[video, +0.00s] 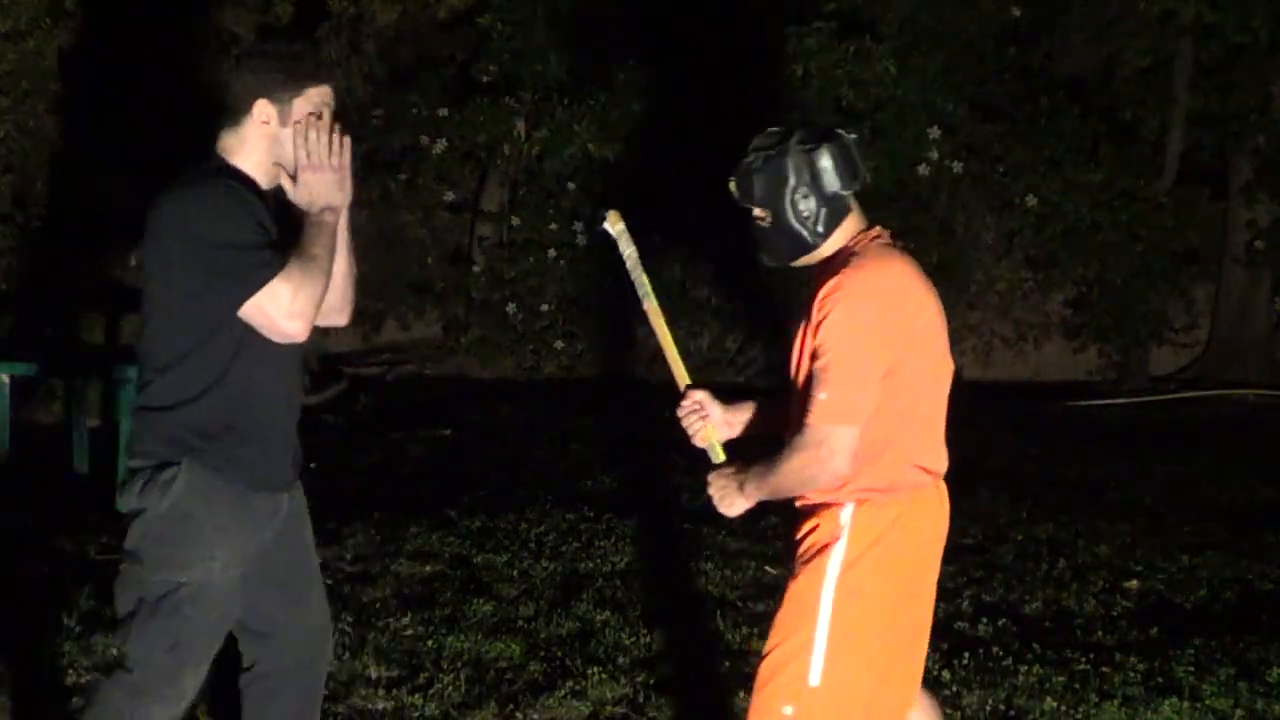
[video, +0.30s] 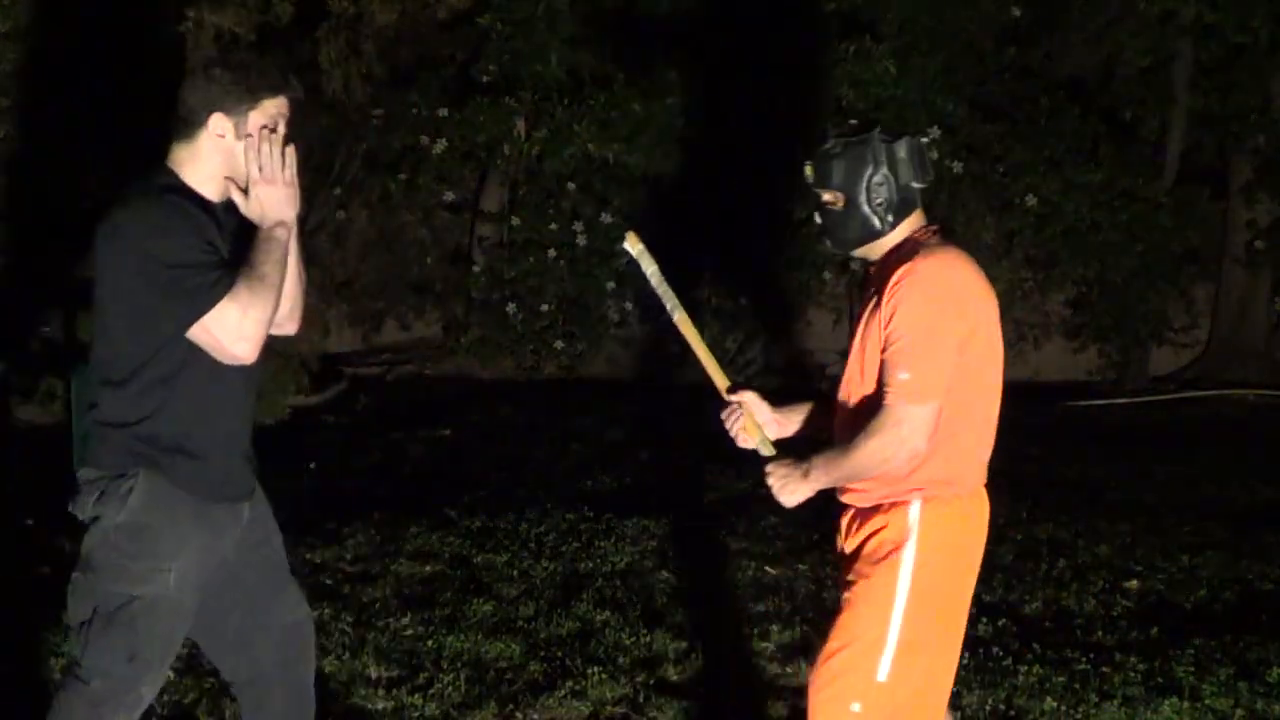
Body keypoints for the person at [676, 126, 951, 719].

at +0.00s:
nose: (756, 223)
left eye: (762, 208)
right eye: (754, 209)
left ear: (799, 206)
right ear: (827, 195)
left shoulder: (858, 290)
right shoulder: (875, 274)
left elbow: (828, 455)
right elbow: (828, 407)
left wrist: (749, 484)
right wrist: (737, 418)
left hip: (865, 527)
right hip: (887, 519)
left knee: (797, 703)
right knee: (884, 689)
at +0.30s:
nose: (825, 220)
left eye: (835, 204)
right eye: (823, 204)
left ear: (876, 202)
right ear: (886, 202)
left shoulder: (928, 282)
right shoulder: (901, 280)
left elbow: (904, 432)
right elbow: (867, 407)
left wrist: (813, 474)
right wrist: (781, 421)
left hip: (922, 527)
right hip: (894, 521)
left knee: (849, 700)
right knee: (894, 704)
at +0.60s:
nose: (849, 205)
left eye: (858, 190)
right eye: (850, 189)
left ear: (893, 194)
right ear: (923, 195)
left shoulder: (914, 279)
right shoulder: (942, 275)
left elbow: (831, 403)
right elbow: (869, 405)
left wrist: (754, 458)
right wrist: (766, 424)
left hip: (893, 539)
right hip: (908, 533)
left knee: (877, 706)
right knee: (899, 703)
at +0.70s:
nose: (828, 215)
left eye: (839, 201)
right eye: (830, 200)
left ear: (876, 207)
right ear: (908, 210)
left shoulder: (886, 291)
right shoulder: (937, 290)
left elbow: (754, 374)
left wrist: (708, 379)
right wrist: (773, 348)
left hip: (881, 550)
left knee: (862, 708)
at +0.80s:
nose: (791, 221)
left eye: (801, 209)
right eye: (791, 208)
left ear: (840, 216)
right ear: (867, 217)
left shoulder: (836, 298)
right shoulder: (921, 300)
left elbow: (712, 344)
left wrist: (745, 313)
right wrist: (781, 310)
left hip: (851, 554)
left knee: (845, 708)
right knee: (726, 652)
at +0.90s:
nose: (742, 221)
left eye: (750, 210)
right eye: (744, 208)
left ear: (780, 217)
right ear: (828, 213)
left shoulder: (785, 297)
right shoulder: (867, 289)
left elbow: (676, 350)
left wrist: (676, 276)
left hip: (816, 553)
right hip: (763, 550)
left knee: (825, 709)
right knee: (672, 657)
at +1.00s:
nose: (692, 224)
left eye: (703, 210)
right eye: (694, 209)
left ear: (738, 218)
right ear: (772, 218)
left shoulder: (774, 312)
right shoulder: (752, 305)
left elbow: (627, 384)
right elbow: (666, 356)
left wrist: (570, 316)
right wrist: (622, 294)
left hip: (777, 557)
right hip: (710, 555)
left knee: (782, 711)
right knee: (622, 671)